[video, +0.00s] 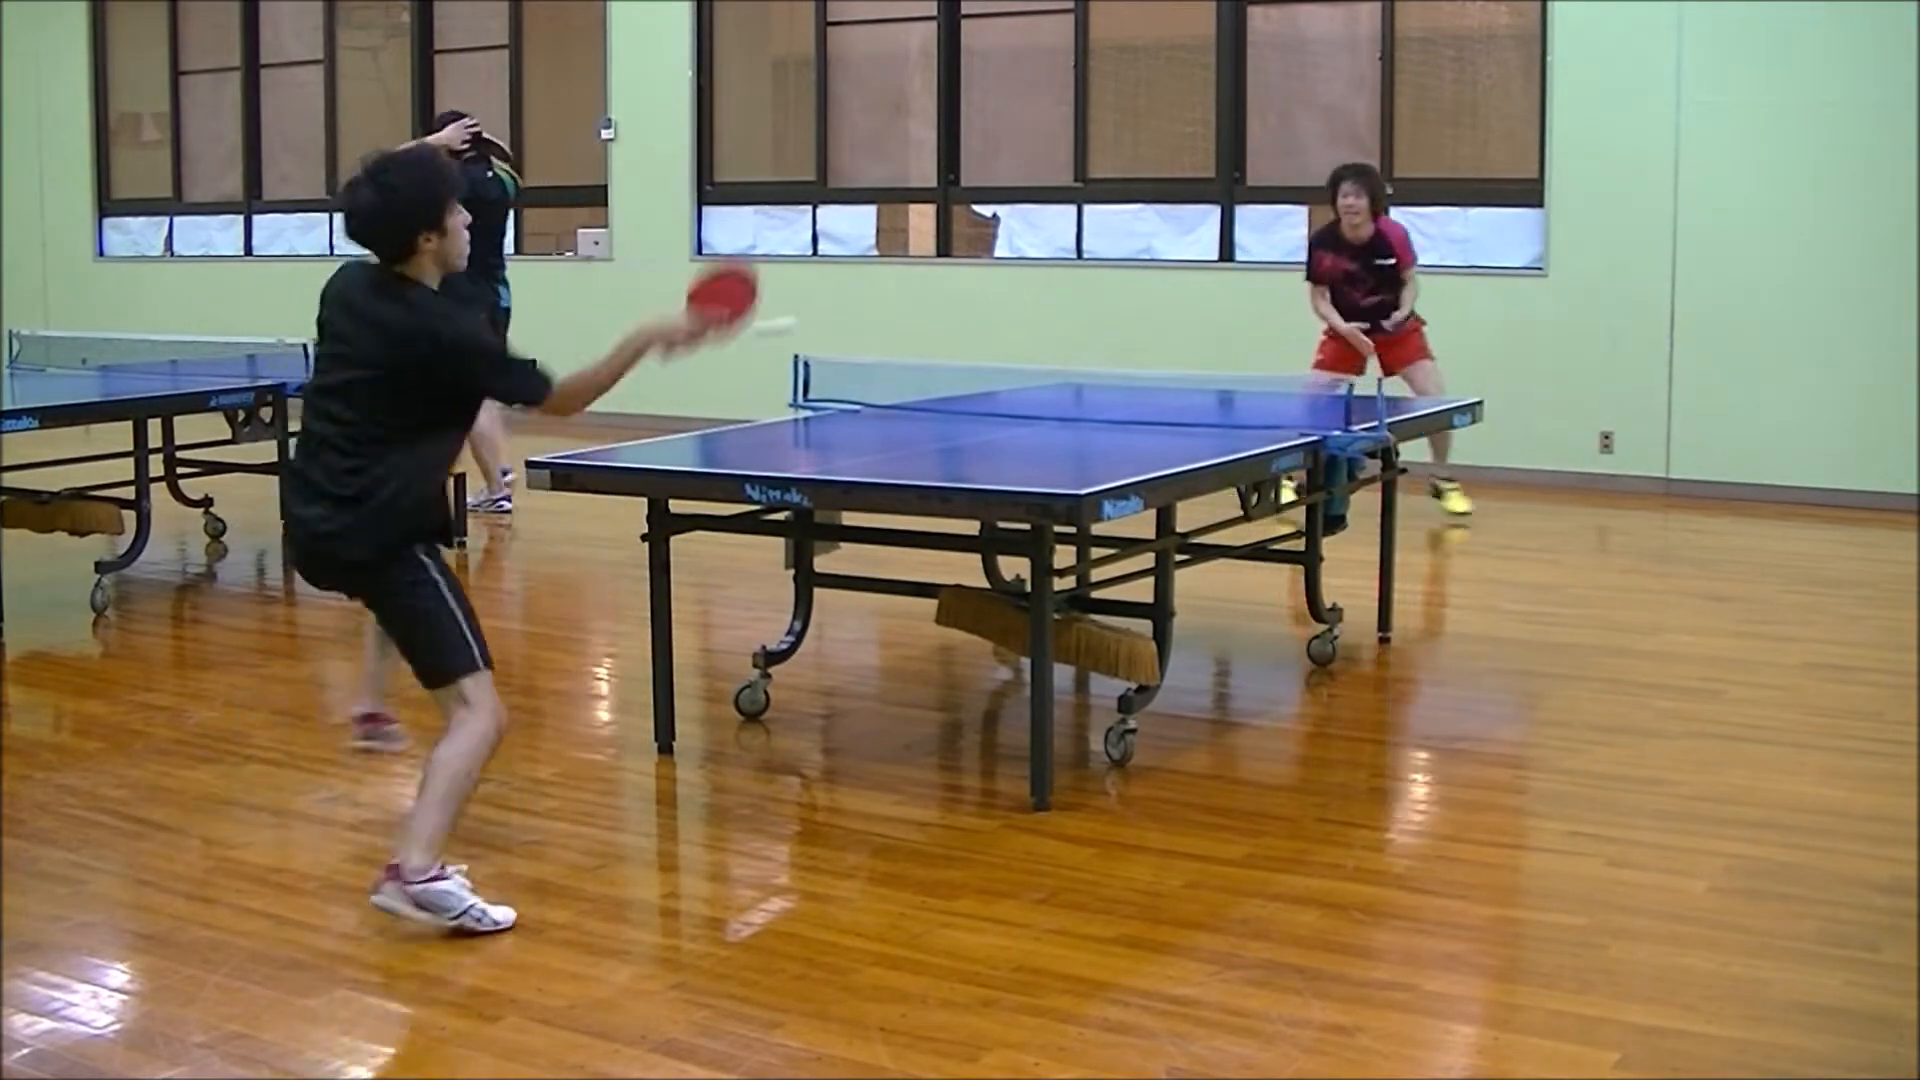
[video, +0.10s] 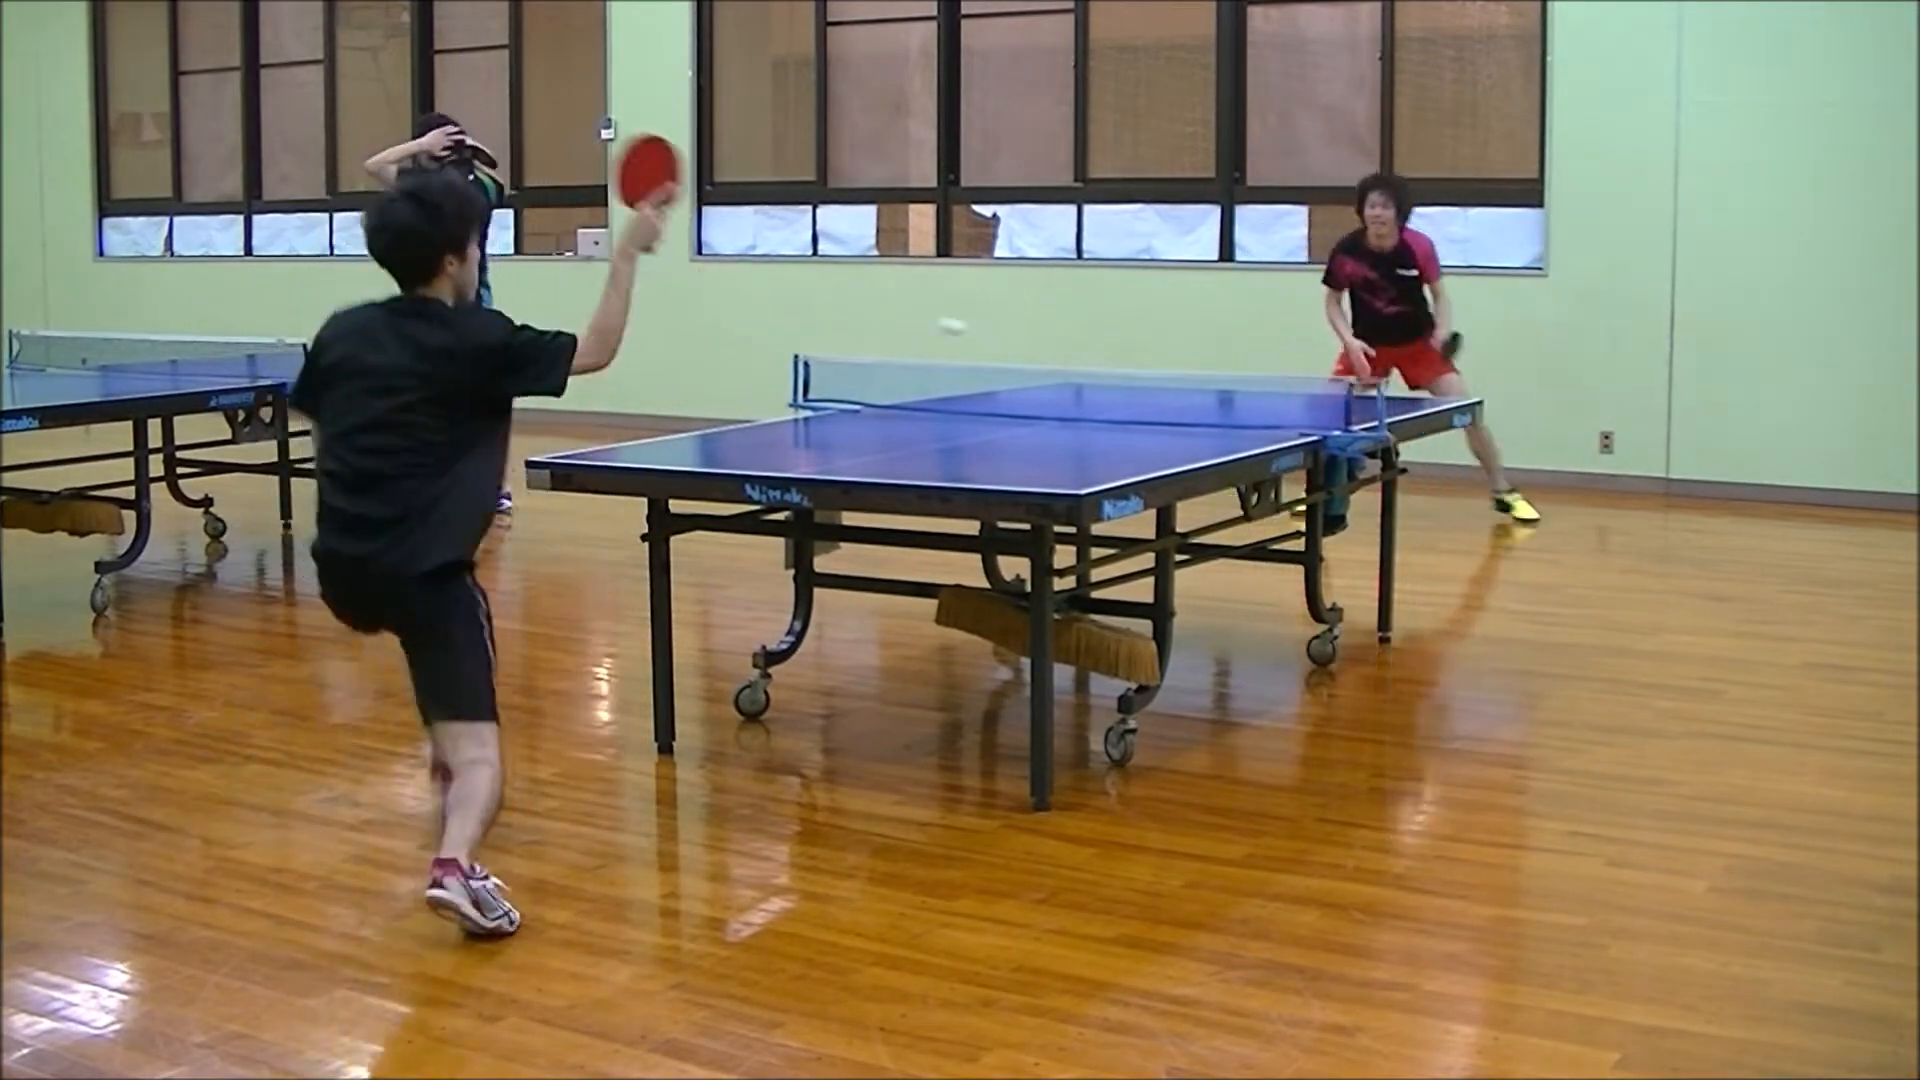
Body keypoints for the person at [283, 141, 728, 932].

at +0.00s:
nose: (470, 226)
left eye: (463, 213)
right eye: (458, 217)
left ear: (394, 234)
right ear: (425, 239)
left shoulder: (344, 287)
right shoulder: (444, 328)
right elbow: (559, 401)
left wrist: (422, 153)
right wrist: (643, 340)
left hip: (313, 521)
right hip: (382, 536)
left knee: (401, 570)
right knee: (479, 709)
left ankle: (369, 705)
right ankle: (415, 870)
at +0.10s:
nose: (479, 257)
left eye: (476, 245)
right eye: (474, 246)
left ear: (395, 258)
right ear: (453, 258)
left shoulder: (344, 331)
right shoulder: (477, 337)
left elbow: (307, 403)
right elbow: (595, 351)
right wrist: (628, 252)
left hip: (343, 577)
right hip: (428, 578)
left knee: (455, 619)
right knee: (477, 756)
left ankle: (439, 762)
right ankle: (454, 866)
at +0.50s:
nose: (492, 218)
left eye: (491, 206)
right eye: (490, 207)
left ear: (412, 207)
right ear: (474, 215)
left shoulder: (365, 278)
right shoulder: (497, 291)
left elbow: (273, 337)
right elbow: (516, 424)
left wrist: (216, 452)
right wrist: (491, 448)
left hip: (371, 500)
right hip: (453, 505)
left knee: (450, 624)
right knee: (496, 680)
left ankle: (465, 783)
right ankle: (453, 812)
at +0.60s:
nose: (499, 168)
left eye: (497, 156)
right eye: (496, 156)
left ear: (411, 156)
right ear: (479, 163)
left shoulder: (365, 220)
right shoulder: (490, 237)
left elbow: (285, 284)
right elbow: (515, 366)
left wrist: (237, 391)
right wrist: (481, 428)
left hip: (355, 448)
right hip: (435, 453)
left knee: (415, 610)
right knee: (487, 637)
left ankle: (441, 772)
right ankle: (432, 805)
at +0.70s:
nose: (499, 153)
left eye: (495, 139)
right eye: (494, 142)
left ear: (413, 145)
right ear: (477, 151)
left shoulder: (357, 211)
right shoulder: (488, 228)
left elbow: (284, 303)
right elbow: (510, 353)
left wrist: (270, 408)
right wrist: (492, 415)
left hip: (346, 451)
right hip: (428, 463)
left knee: (381, 595)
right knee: (474, 642)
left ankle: (365, 755)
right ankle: (436, 834)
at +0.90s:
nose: (492, 212)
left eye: (489, 199)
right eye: (489, 200)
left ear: (411, 204)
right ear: (469, 208)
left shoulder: (352, 279)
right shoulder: (459, 295)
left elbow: (300, 387)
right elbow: (485, 423)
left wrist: (361, 431)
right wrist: (533, 458)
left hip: (320, 505)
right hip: (400, 520)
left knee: (309, 646)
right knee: (489, 683)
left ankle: (244, 782)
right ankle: (427, 856)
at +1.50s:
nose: (679, 258)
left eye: (673, 244)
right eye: (665, 248)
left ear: (618, 271)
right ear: (620, 274)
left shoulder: (587, 324)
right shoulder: (588, 370)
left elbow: (599, 406)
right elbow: (707, 477)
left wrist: (674, 415)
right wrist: (821, 428)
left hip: (477, 547)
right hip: (492, 568)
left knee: (464, 664)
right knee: (635, 722)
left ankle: (366, 778)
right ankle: (558, 894)